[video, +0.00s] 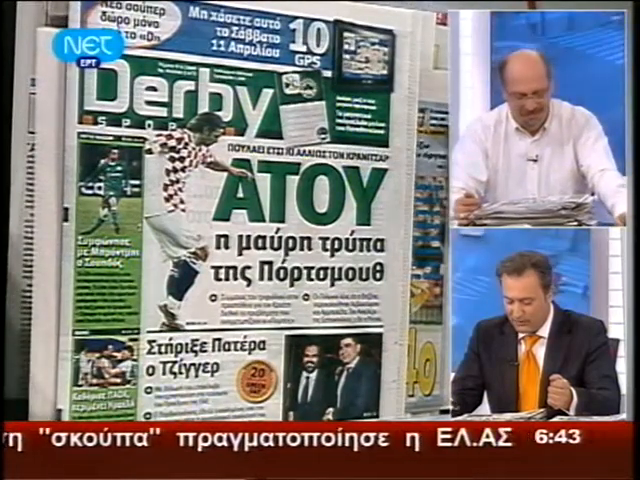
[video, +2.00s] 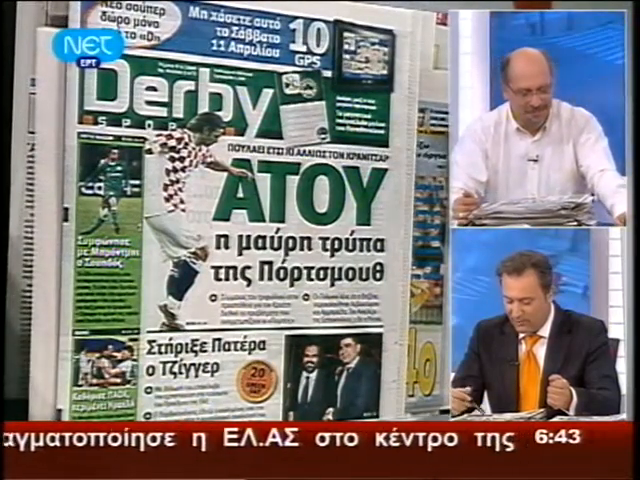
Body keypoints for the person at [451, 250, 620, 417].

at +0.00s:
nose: (516, 312)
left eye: (526, 302)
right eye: (509, 302)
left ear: (549, 294)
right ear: (503, 297)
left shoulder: (588, 332)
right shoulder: (487, 334)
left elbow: (610, 403)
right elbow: (461, 401)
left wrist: (574, 400)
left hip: (568, 451)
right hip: (505, 450)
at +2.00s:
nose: (516, 312)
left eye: (526, 302)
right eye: (509, 301)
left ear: (549, 294)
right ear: (503, 297)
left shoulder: (588, 332)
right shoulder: (487, 334)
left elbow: (610, 403)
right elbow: (464, 394)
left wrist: (574, 400)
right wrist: (457, 401)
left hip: (567, 451)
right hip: (503, 450)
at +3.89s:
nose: (511, 313)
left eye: (521, 303)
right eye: (505, 302)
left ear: (547, 296)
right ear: (499, 297)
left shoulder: (588, 333)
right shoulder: (486, 334)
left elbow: (610, 402)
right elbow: (464, 396)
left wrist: (574, 400)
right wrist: (452, 403)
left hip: (568, 450)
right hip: (503, 449)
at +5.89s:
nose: (507, 312)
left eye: (518, 303)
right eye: (502, 302)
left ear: (545, 297)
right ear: (498, 297)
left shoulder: (588, 333)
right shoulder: (486, 334)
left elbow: (610, 402)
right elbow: (462, 401)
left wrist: (569, 400)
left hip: (569, 452)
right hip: (505, 451)